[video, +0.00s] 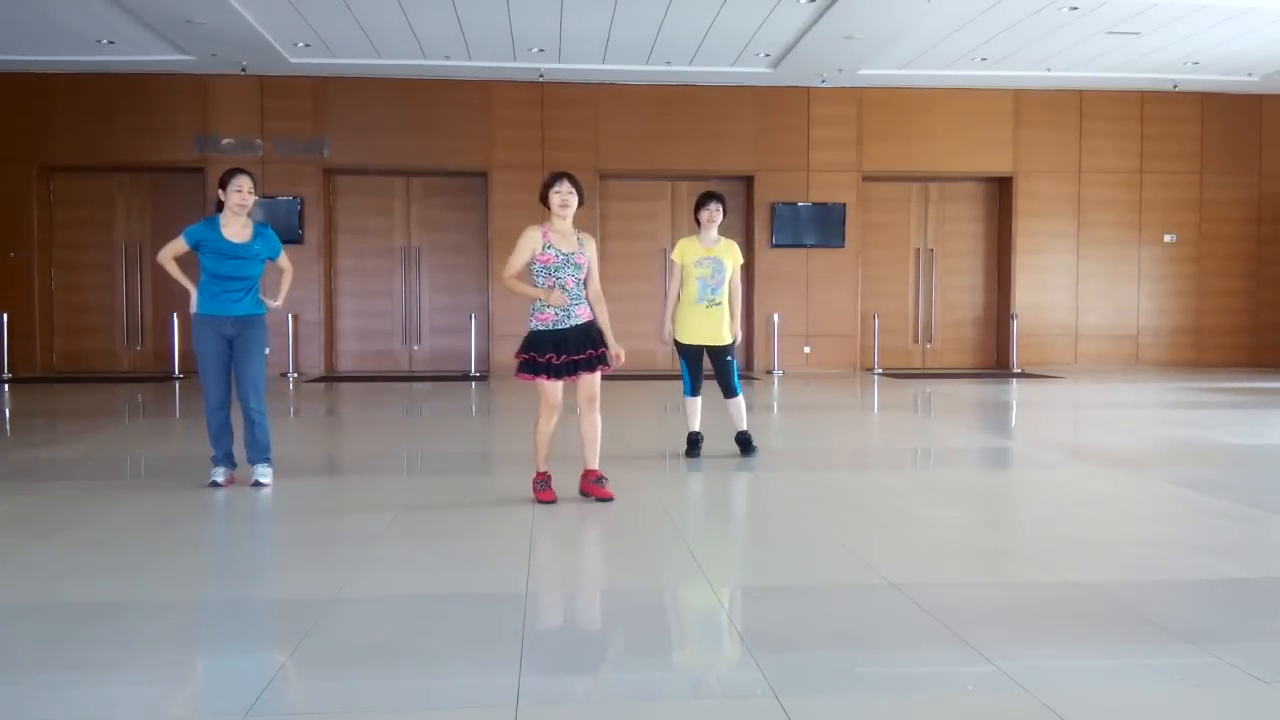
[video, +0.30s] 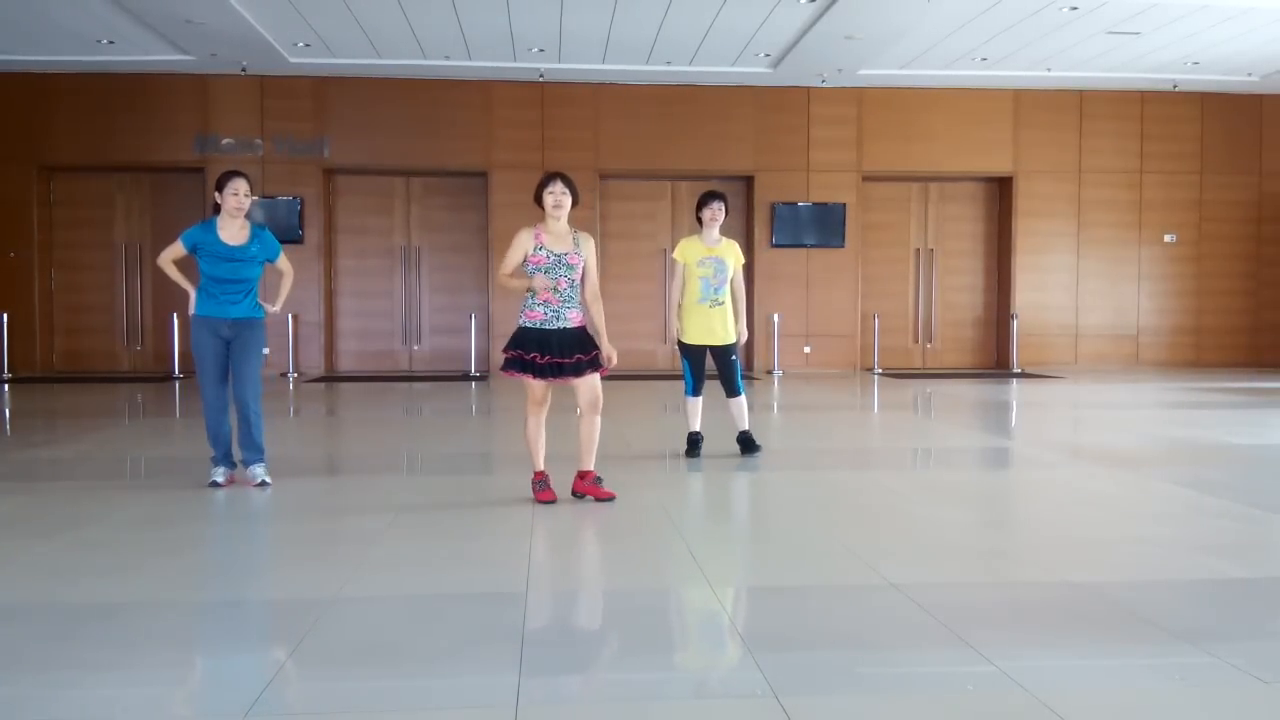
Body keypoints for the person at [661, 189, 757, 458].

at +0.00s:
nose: (712, 214)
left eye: (717, 210)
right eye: (707, 209)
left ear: (723, 216)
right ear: (698, 214)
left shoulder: (731, 248)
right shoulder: (684, 246)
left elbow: (735, 288)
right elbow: (674, 285)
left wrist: (736, 324)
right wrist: (668, 322)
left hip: (719, 327)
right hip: (687, 327)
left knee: (731, 385)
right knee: (692, 386)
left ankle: (743, 434)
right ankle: (694, 437)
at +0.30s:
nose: (715, 213)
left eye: (719, 209)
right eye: (709, 208)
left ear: (725, 215)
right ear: (700, 213)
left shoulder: (732, 248)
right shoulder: (685, 246)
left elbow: (739, 288)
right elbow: (676, 284)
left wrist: (742, 323)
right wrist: (673, 320)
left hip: (723, 327)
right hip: (691, 326)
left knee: (734, 384)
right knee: (693, 385)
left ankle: (744, 434)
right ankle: (694, 436)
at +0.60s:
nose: (726, 211)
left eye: (730, 207)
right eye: (720, 206)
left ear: (736, 213)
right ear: (710, 212)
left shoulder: (743, 246)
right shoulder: (697, 246)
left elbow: (753, 285)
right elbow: (689, 285)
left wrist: (755, 319)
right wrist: (684, 322)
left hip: (738, 327)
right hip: (704, 327)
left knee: (741, 386)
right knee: (702, 386)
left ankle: (747, 436)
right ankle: (695, 436)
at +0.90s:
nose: (738, 212)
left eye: (743, 209)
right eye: (733, 208)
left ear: (749, 215)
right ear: (723, 214)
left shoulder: (759, 247)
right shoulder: (712, 248)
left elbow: (771, 286)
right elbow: (704, 288)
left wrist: (773, 319)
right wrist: (702, 324)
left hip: (754, 327)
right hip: (721, 327)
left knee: (751, 385)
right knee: (713, 385)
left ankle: (748, 437)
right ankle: (700, 436)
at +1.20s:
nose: (742, 213)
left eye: (747, 209)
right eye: (737, 209)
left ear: (754, 215)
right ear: (729, 214)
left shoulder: (765, 247)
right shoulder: (717, 247)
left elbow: (774, 287)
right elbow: (711, 287)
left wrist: (783, 320)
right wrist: (708, 321)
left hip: (757, 327)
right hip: (724, 327)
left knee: (752, 386)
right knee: (721, 385)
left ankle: (748, 437)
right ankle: (716, 437)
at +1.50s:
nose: (739, 212)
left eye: (744, 208)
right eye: (734, 207)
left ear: (751, 213)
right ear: (725, 213)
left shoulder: (762, 247)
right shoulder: (714, 247)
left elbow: (769, 287)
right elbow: (707, 287)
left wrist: (769, 319)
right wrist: (702, 323)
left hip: (752, 328)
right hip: (720, 327)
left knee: (749, 386)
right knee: (711, 385)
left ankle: (748, 437)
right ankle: (697, 435)